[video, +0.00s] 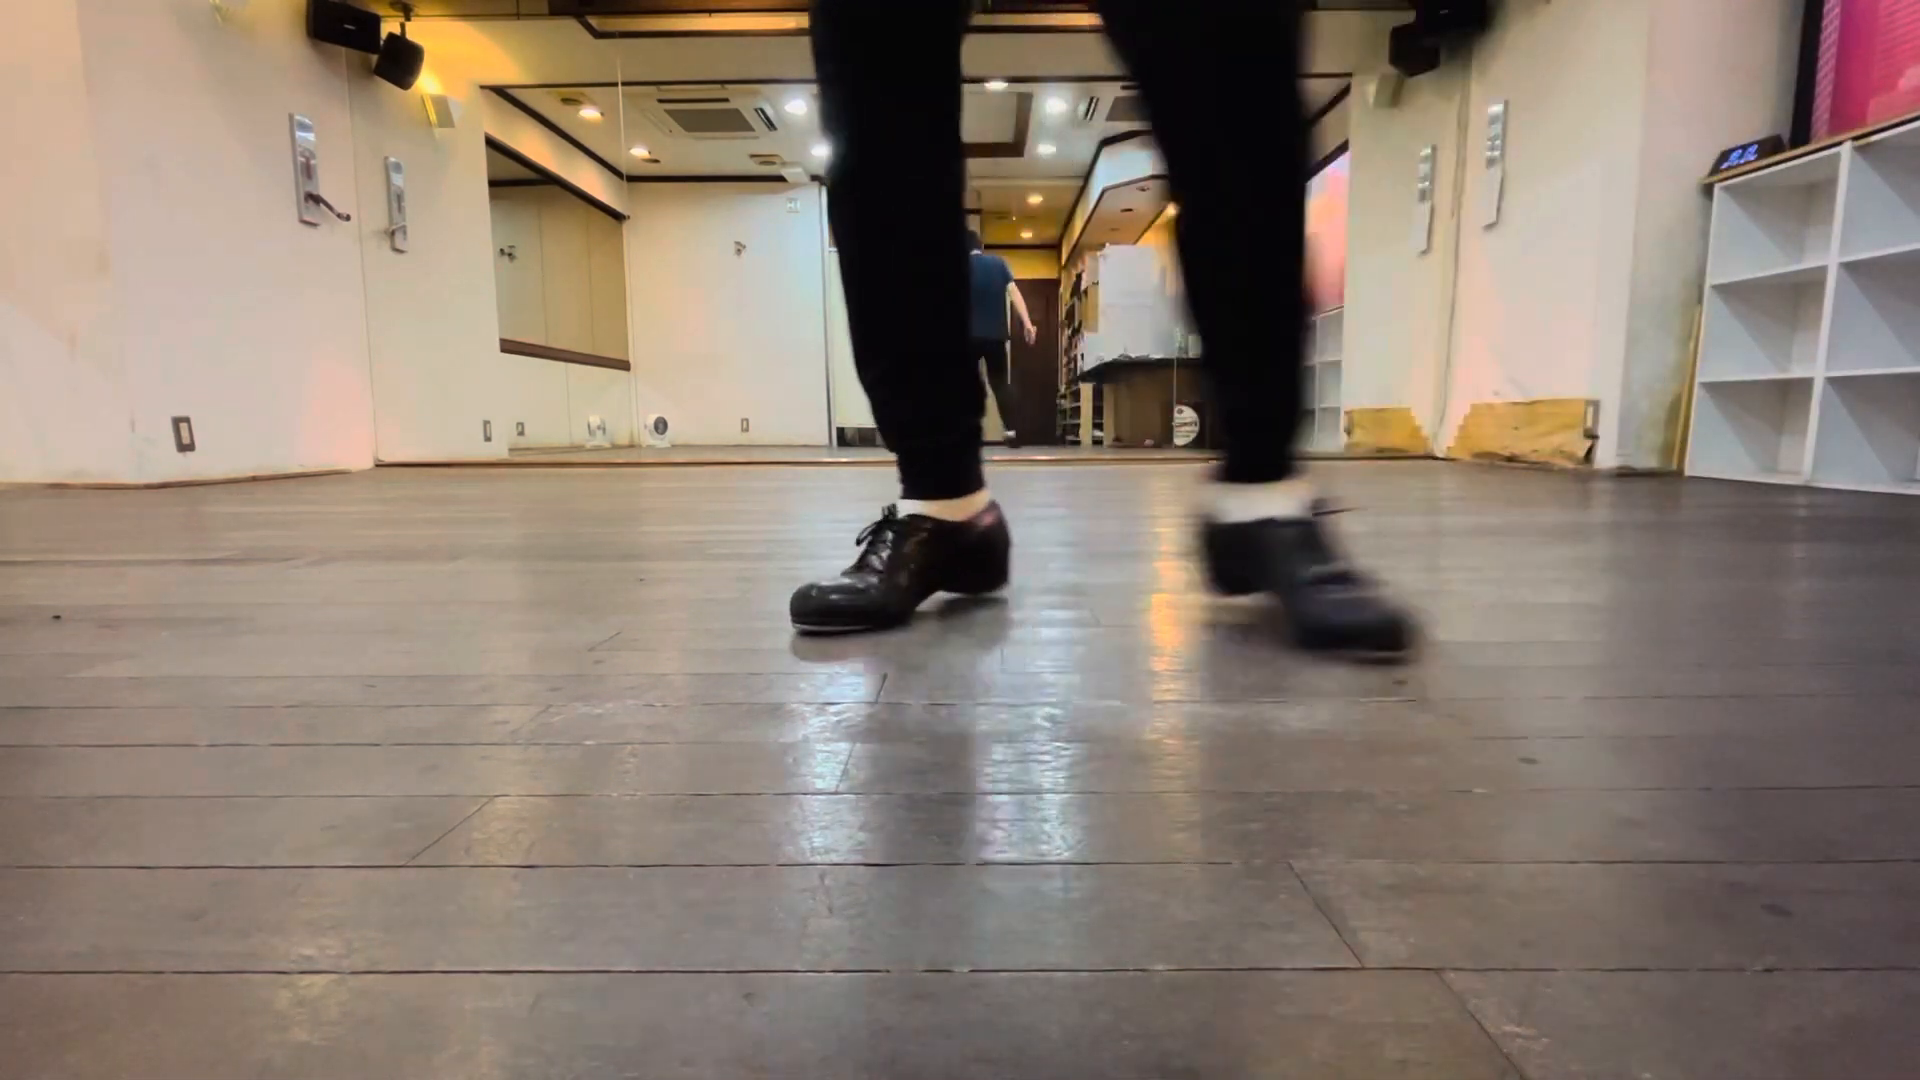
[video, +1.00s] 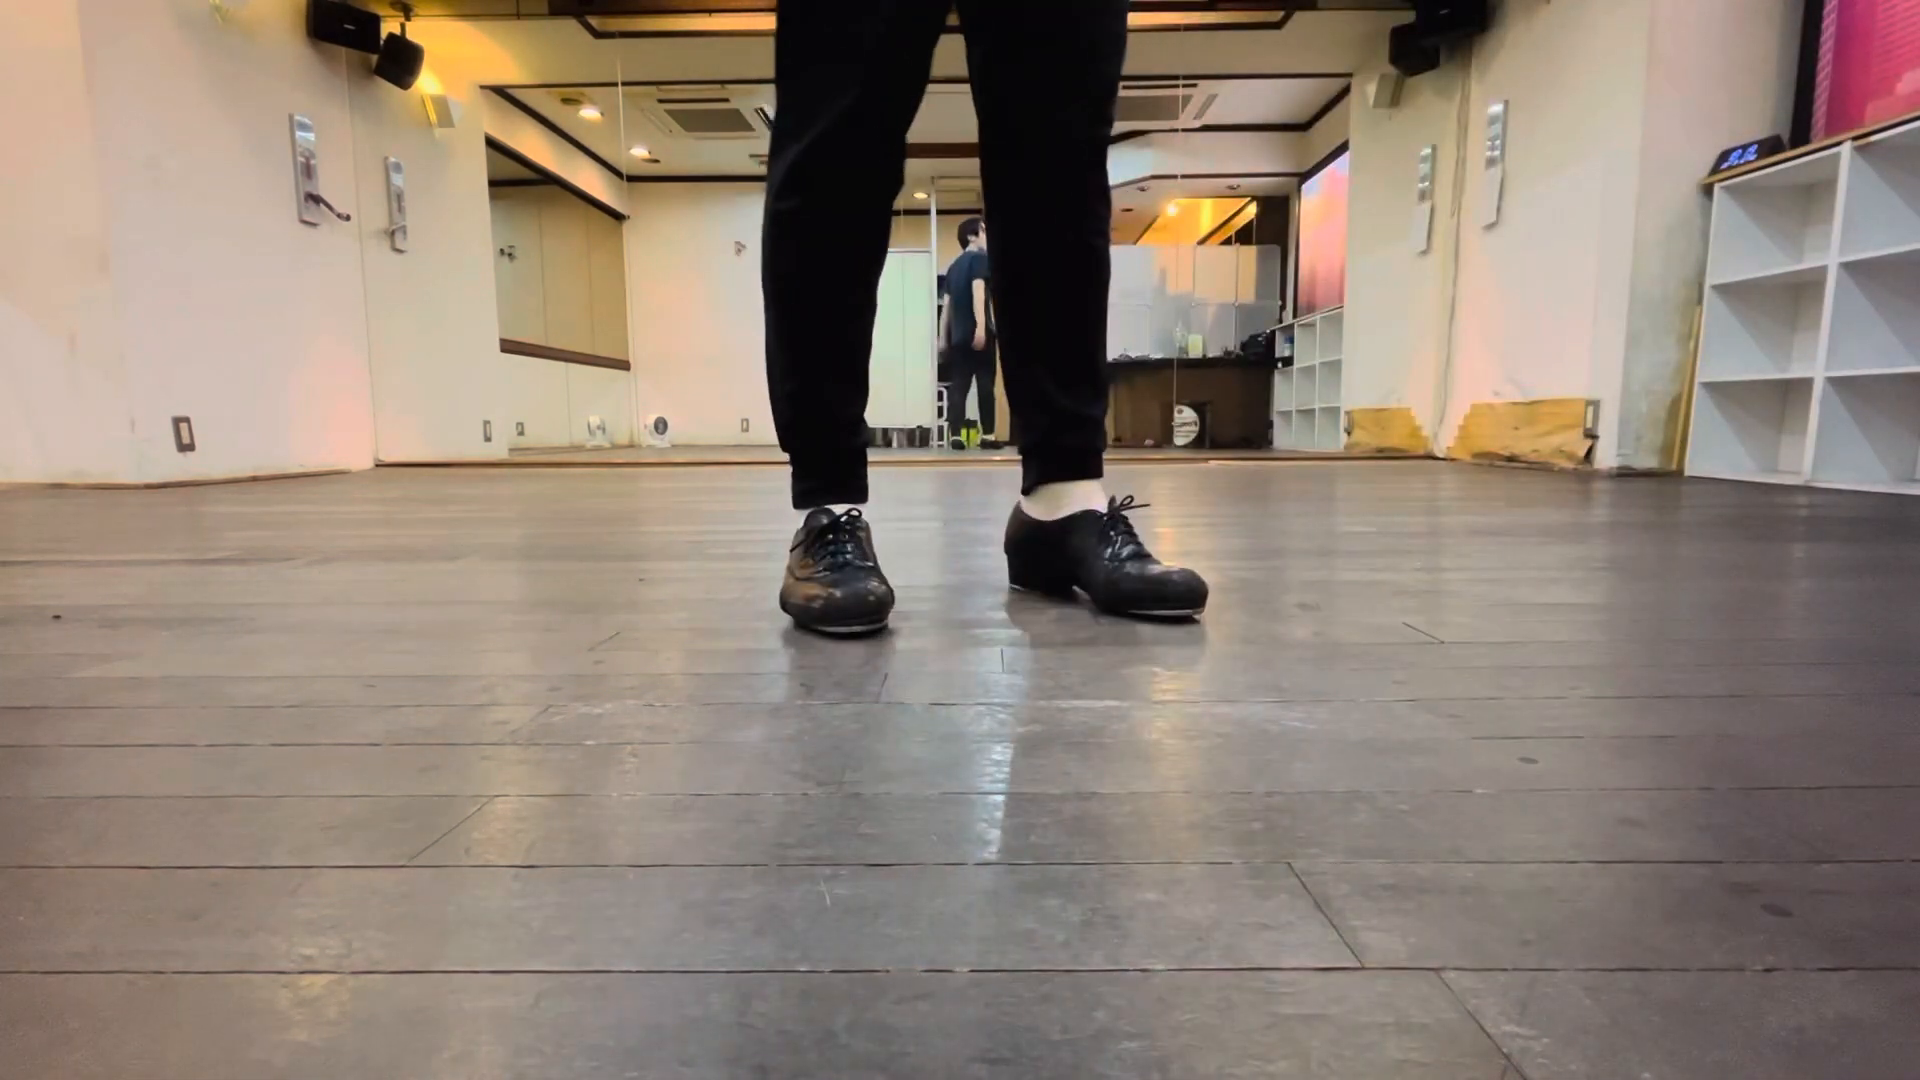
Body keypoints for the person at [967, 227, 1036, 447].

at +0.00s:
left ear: (964, 248)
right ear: (980, 245)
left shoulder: (960, 265)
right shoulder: (997, 263)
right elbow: (1014, 293)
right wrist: (1027, 322)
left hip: (968, 337)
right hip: (995, 336)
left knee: (967, 383)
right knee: (1000, 382)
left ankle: (967, 432)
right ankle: (1010, 428)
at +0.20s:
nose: (978, 248)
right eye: (978, 244)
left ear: (957, 248)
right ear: (978, 244)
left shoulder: (950, 268)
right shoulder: (992, 262)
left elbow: (930, 300)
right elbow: (1002, 294)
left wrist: (919, 322)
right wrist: (1011, 325)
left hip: (963, 336)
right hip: (991, 334)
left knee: (962, 383)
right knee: (990, 383)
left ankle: (962, 432)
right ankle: (988, 434)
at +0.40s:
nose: (979, 246)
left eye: (977, 243)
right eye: (977, 242)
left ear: (956, 247)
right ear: (971, 242)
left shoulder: (946, 270)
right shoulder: (982, 259)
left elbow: (943, 311)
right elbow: (986, 289)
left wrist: (943, 345)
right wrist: (996, 323)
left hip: (957, 337)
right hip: (982, 334)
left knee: (956, 385)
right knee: (986, 385)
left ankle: (956, 434)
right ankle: (987, 433)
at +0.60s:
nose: (978, 244)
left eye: (976, 240)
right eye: (975, 240)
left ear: (956, 245)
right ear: (965, 242)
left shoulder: (944, 272)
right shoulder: (973, 256)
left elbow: (944, 305)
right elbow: (976, 286)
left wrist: (955, 326)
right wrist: (990, 322)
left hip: (954, 336)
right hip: (977, 331)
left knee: (956, 384)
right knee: (983, 383)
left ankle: (955, 434)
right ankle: (988, 432)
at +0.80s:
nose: (982, 239)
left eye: (980, 234)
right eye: (979, 235)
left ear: (959, 241)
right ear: (969, 237)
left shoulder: (949, 267)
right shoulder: (977, 257)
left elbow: (944, 301)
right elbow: (977, 288)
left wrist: (953, 326)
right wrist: (980, 322)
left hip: (956, 335)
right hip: (979, 333)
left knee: (956, 384)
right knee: (986, 383)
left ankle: (955, 433)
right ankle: (987, 432)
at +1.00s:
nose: (987, 237)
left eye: (985, 232)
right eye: (984, 233)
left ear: (965, 238)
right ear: (974, 236)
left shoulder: (954, 266)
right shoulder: (979, 258)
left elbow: (947, 304)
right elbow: (978, 290)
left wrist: (943, 336)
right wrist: (981, 325)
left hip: (958, 333)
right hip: (980, 332)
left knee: (959, 383)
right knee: (986, 384)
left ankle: (955, 433)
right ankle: (987, 433)